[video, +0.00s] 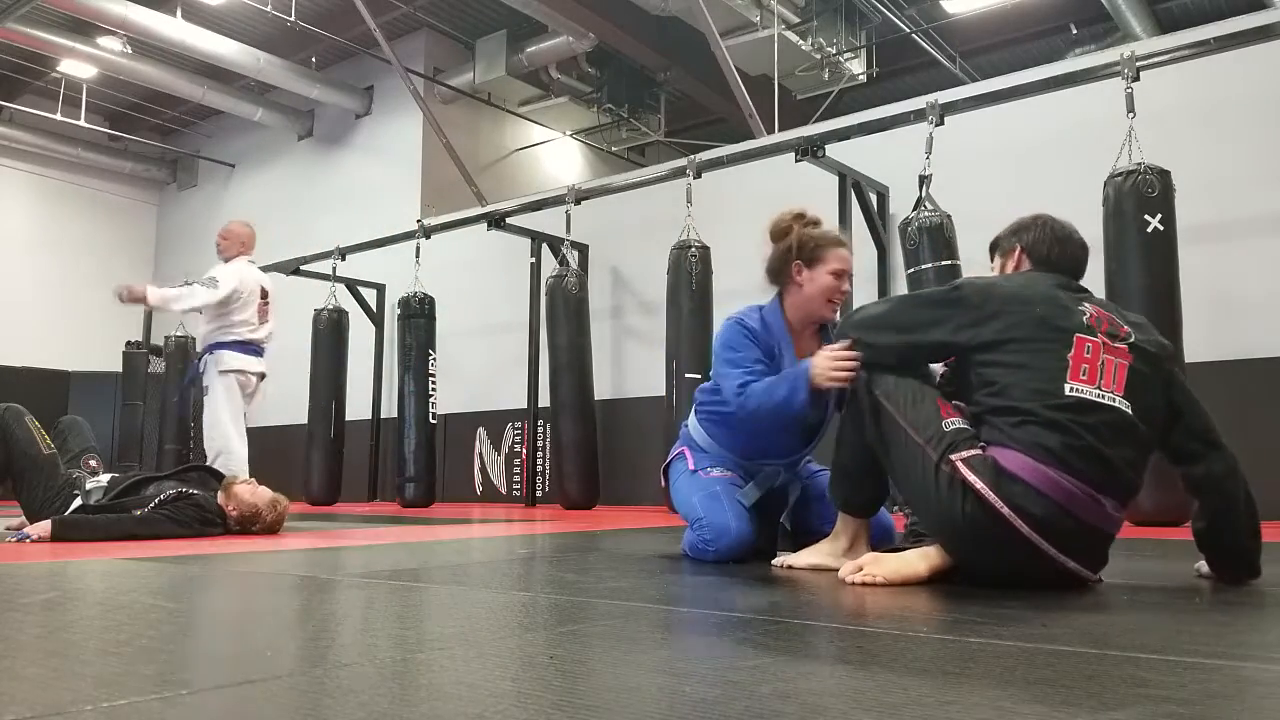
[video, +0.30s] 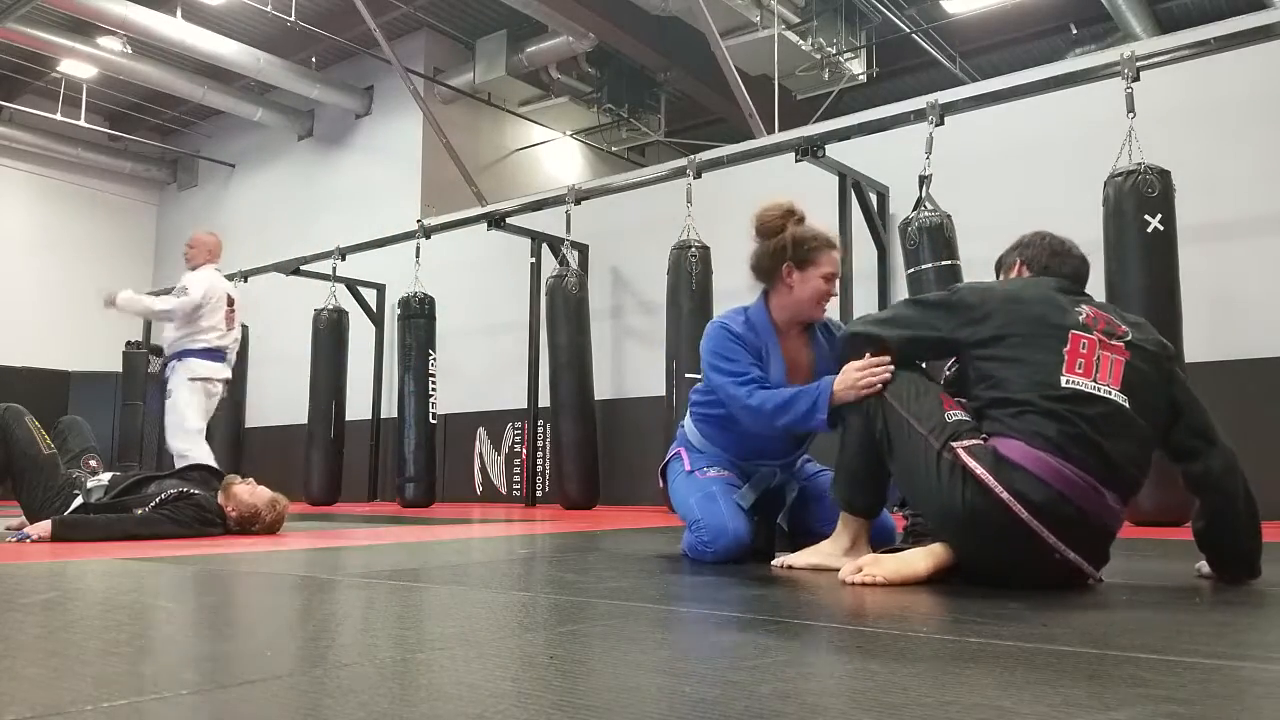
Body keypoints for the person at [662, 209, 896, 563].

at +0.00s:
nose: (846, 289)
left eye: (848, 279)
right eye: (837, 276)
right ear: (799, 273)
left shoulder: (835, 342)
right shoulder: (741, 331)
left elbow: (860, 412)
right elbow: (744, 404)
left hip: (788, 466)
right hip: (710, 461)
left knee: (881, 532)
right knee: (730, 539)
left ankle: (783, 519)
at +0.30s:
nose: (834, 291)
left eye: (835, 281)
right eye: (827, 279)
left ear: (795, 278)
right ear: (790, 276)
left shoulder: (833, 339)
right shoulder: (726, 334)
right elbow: (756, 409)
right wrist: (832, 391)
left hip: (785, 465)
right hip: (708, 461)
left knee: (880, 533)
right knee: (727, 540)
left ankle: (779, 523)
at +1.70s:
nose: (886, 307)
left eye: (889, 296)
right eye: (883, 294)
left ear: (848, 283)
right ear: (847, 280)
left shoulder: (863, 339)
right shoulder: (770, 329)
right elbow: (781, 434)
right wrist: (834, 385)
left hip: (792, 452)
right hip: (719, 440)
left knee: (881, 535)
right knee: (727, 543)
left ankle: (770, 529)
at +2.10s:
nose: (939, 309)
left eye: (945, 300)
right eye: (938, 297)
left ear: (908, 281)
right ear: (906, 280)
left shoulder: (912, 331)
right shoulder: (816, 308)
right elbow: (805, 413)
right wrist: (892, 386)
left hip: (813, 445)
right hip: (740, 423)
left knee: (884, 537)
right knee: (726, 544)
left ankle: (775, 530)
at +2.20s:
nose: (955, 310)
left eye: (961, 301)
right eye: (955, 299)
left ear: (924, 282)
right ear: (922, 280)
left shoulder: (922, 332)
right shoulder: (832, 301)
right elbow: (828, 406)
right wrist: (923, 402)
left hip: (821, 441)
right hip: (748, 420)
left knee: (878, 539)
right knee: (725, 546)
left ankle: (769, 531)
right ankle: (707, 533)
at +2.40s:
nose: (995, 302)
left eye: (1001, 291)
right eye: (993, 286)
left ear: (958, 271)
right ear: (956, 268)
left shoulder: (947, 335)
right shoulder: (867, 291)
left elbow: (966, 391)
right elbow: (857, 373)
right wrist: (949, 417)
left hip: (831, 438)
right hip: (761, 409)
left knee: (871, 531)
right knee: (742, 541)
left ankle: (766, 535)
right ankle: (703, 536)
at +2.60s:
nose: (1027, 304)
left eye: (1034, 293)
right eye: (1026, 288)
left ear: (987, 271)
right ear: (986, 268)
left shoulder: (988, 328)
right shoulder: (899, 295)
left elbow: (1023, 402)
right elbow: (883, 401)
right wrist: (967, 439)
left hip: (869, 428)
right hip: (793, 402)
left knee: (872, 541)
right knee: (808, 547)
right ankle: (750, 523)